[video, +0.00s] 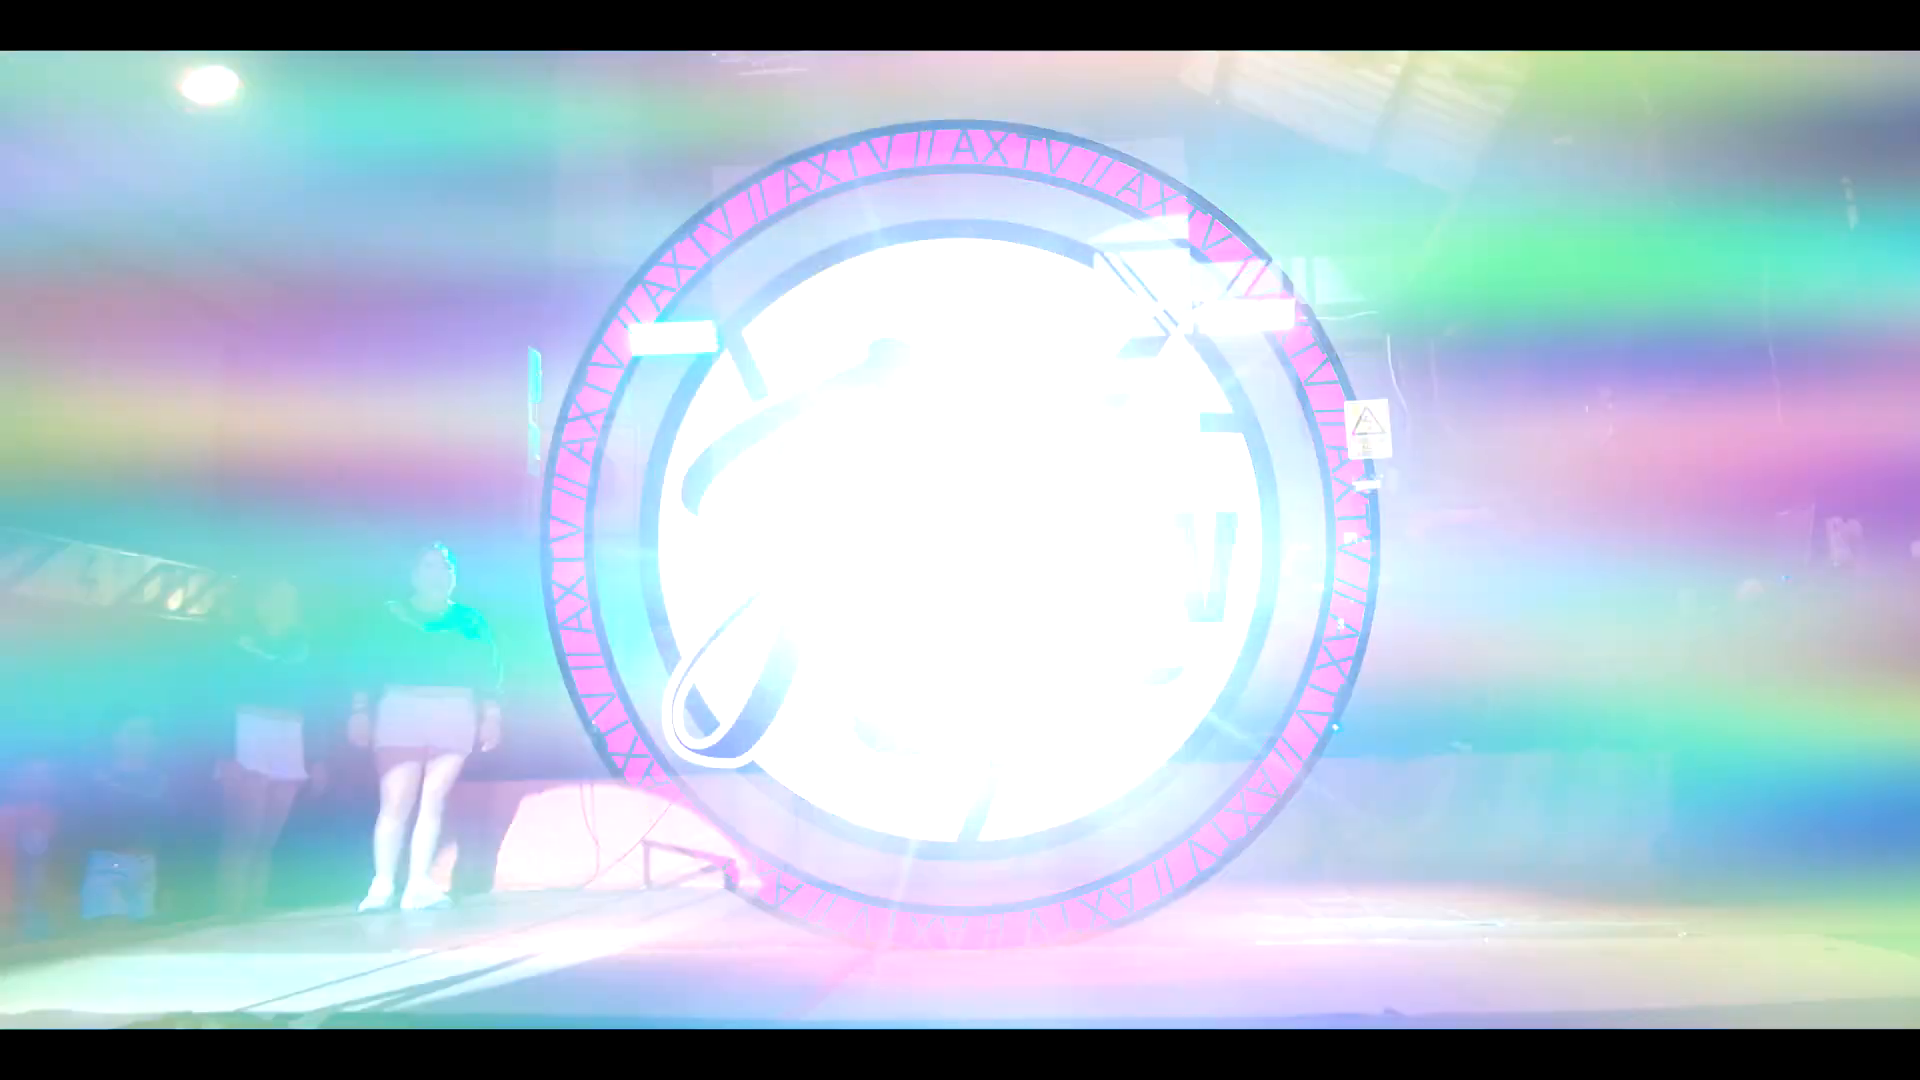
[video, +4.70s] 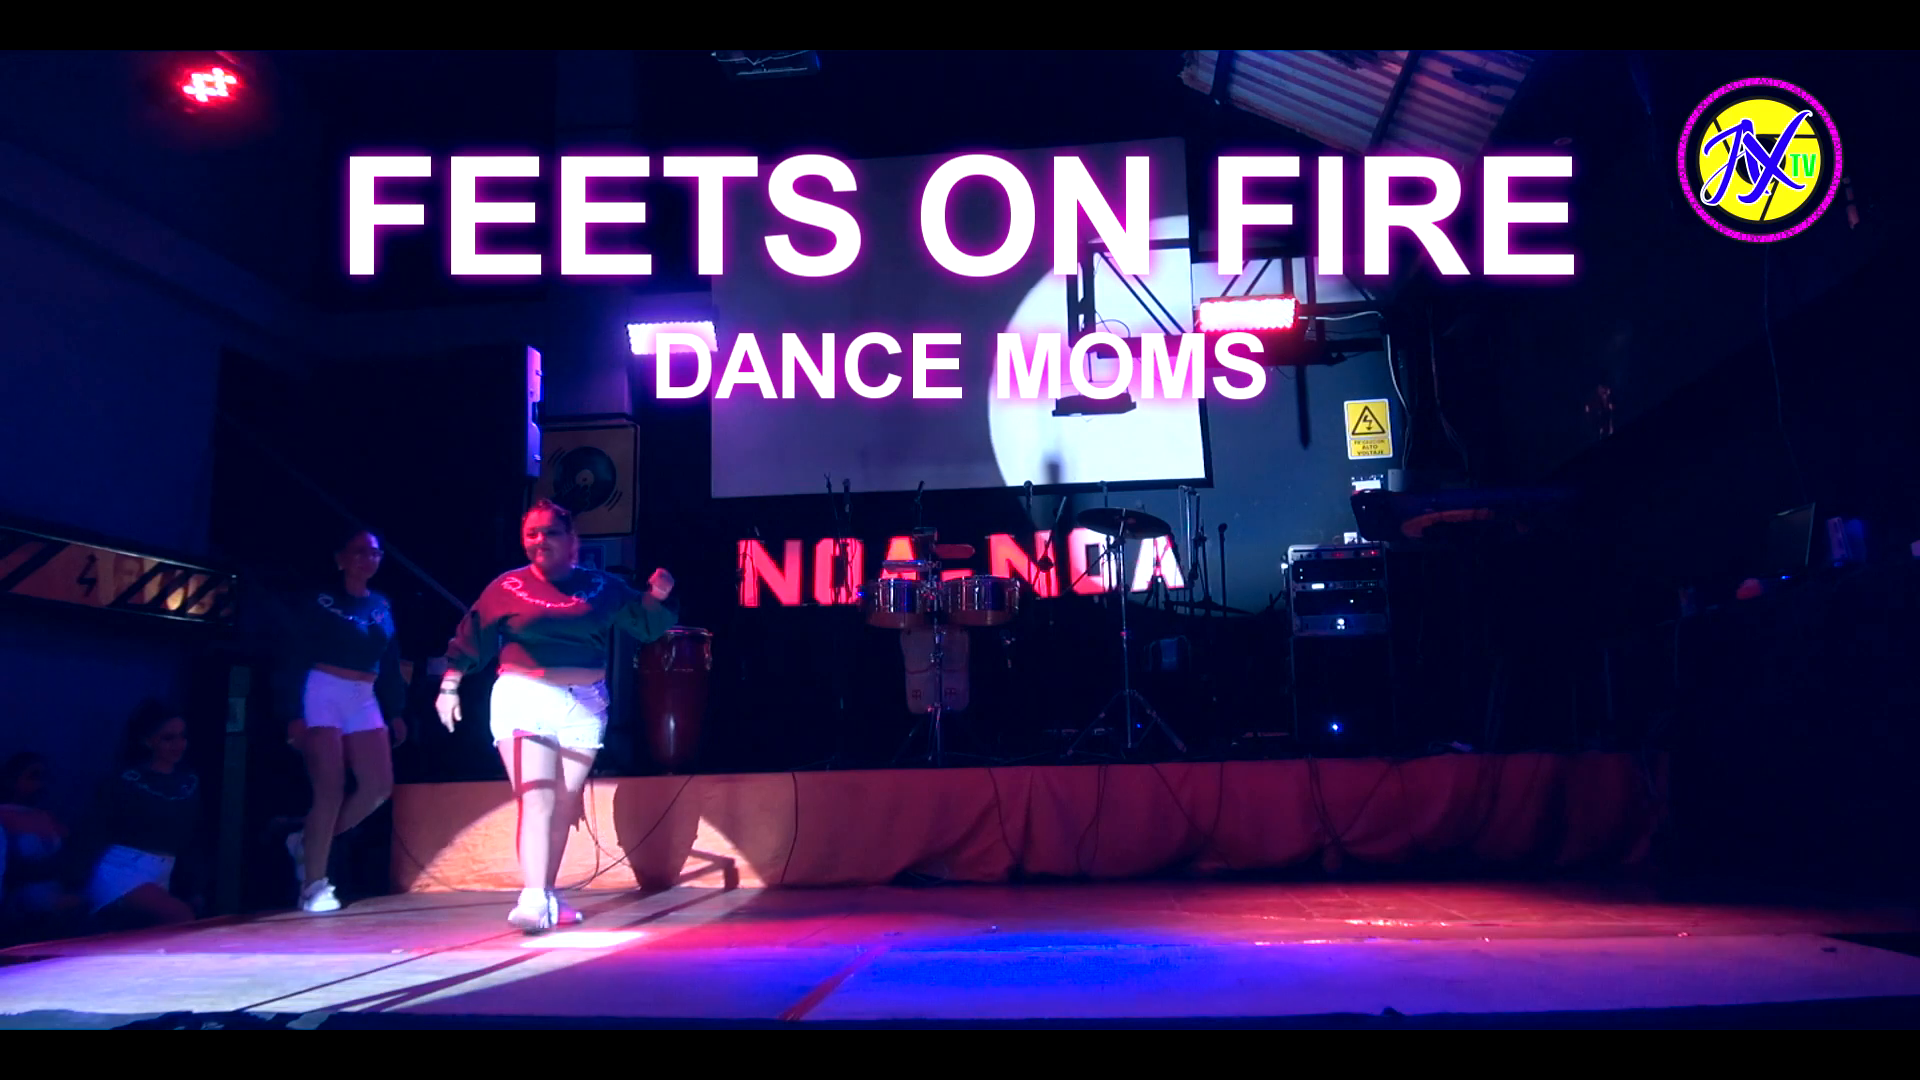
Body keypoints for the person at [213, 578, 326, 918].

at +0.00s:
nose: (279, 611)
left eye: (287, 603)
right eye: (272, 601)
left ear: (298, 607)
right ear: (258, 604)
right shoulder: (237, 647)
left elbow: (318, 712)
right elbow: (220, 704)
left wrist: (318, 759)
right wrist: (221, 757)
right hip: (245, 754)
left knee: (265, 844)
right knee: (241, 841)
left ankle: (254, 917)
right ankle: (229, 917)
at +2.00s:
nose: (286, 608)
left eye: (291, 601)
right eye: (279, 600)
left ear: (298, 607)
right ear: (262, 603)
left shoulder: (303, 651)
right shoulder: (244, 643)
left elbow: (314, 708)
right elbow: (223, 700)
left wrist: (316, 757)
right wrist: (227, 755)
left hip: (293, 734)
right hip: (253, 730)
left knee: (272, 837)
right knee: (250, 832)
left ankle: (254, 915)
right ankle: (231, 916)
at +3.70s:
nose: (295, 610)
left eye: (299, 603)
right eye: (288, 602)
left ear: (304, 609)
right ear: (269, 606)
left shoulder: (310, 652)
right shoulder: (249, 647)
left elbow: (322, 708)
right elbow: (228, 699)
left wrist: (324, 760)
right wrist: (227, 750)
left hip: (300, 736)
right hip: (258, 733)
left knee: (293, 822)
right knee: (288, 813)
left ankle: (263, 906)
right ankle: (244, 894)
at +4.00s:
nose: (305, 610)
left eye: (309, 603)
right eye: (298, 602)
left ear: (313, 610)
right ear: (280, 606)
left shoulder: (320, 653)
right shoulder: (257, 647)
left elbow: (333, 710)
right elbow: (235, 699)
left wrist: (335, 758)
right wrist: (229, 750)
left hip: (308, 734)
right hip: (265, 730)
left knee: (288, 817)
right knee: (323, 783)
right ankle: (293, 873)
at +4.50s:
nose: (348, 577)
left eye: (353, 571)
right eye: (340, 571)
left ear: (360, 577)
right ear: (322, 577)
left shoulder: (365, 625)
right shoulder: (298, 617)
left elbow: (379, 682)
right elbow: (272, 676)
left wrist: (385, 730)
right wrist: (266, 735)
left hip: (343, 716)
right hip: (300, 707)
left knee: (330, 808)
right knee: (332, 795)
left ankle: (276, 897)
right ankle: (315, 887)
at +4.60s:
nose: (358, 565)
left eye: (363, 559)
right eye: (349, 559)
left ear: (369, 568)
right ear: (331, 566)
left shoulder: (372, 614)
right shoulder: (307, 604)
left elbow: (384, 670)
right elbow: (282, 663)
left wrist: (392, 716)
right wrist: (276, 722)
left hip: (353, 704)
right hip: (309, 695)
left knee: (359, 799)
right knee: (329, 789)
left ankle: (283, 867)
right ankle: (314, 886)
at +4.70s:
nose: (370, 558)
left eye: (374, 552)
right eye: (362, 552)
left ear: (379, 560)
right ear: (342, 558)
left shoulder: (380, 606)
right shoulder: (318, 598)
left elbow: (389, 665)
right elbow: (295, 657)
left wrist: (394, 711)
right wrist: (292, 713)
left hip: (364, 694)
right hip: (322, 688)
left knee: (378, 787)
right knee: (329, 789)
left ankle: (308, 841)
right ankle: (315, 885)